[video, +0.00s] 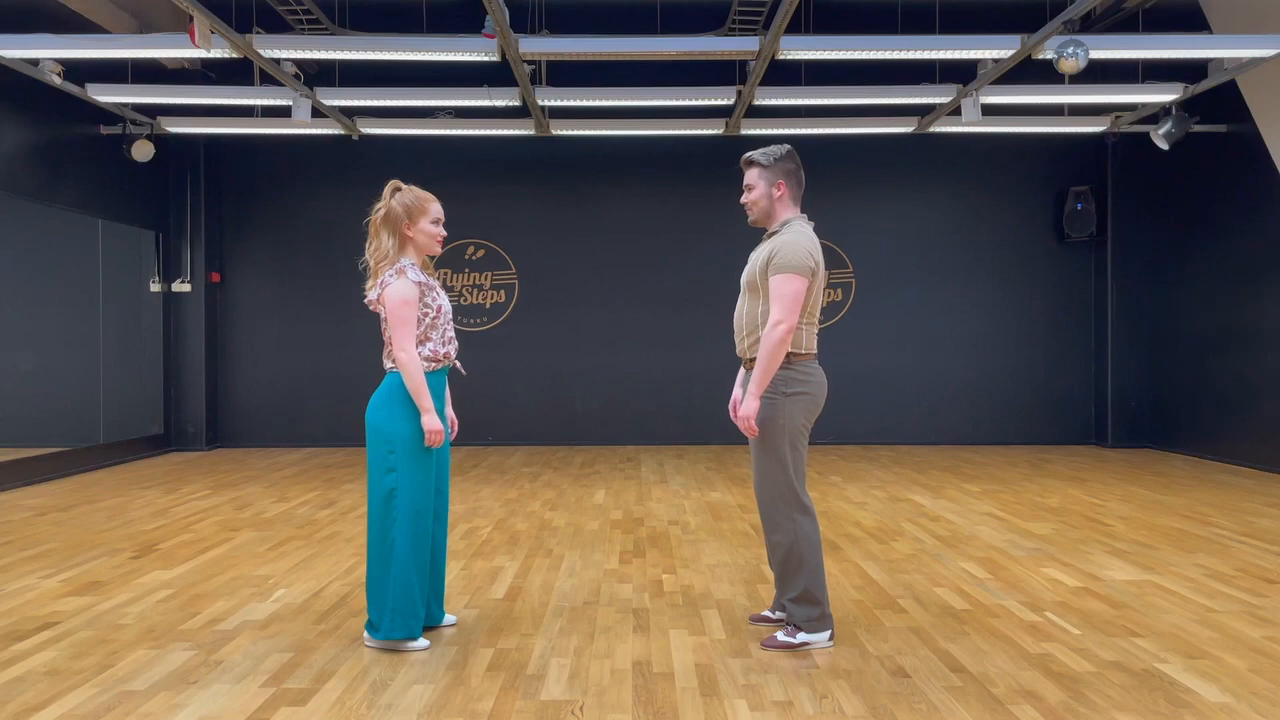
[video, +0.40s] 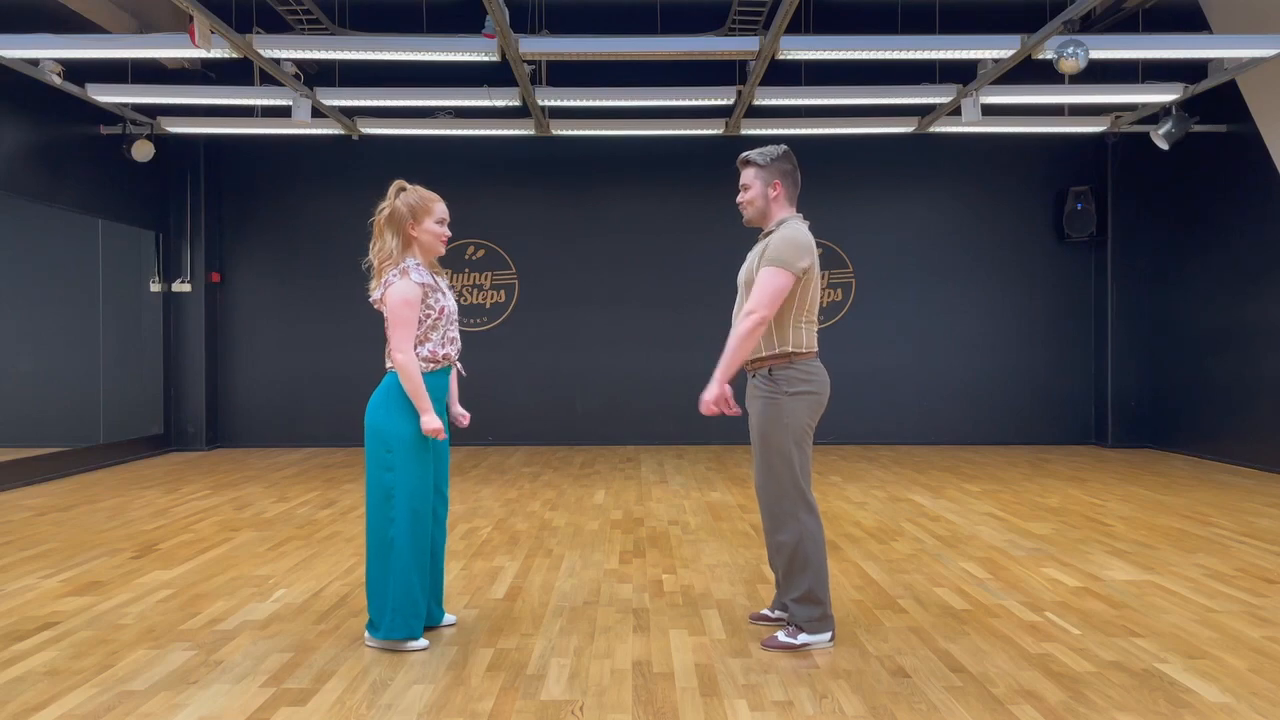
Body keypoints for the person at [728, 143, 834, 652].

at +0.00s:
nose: (743, 198)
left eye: (750, 188)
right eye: (743, 189)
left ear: (781, 189)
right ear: (777, 192)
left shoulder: (794, 244)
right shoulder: (777, 243)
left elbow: (783, 326)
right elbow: (763, 326)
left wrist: (755, 394)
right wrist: (741, 383)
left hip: (787, 383)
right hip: (773, 381)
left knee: (786, 502)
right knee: (777, 499)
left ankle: (811, 621)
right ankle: (793, 603)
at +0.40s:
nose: (739, 197)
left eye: (747, 188)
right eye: (740, 188)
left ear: (776, 188)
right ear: (771, 190)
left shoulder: (789, 239)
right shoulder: (770, 242)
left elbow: (757, 317)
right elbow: (747, 318)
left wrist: (720, 377)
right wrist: (722, 378)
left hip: (787, 383)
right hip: (772, 382)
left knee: (788, 499)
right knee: (779, 497)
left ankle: (812, 621)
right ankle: (794, 602)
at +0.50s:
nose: (732, 200)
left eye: (740, 190)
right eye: (733, 190)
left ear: (770, 191)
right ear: (765, 193)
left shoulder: (780, 238)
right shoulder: (768, 242)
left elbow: (723, 299)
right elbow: (726, 308)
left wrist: (670, 335)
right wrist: (684, 353)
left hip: (789, 383)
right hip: (771, 383)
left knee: (788, 500)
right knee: (775, 495)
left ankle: (814, 621)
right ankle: (792, 599)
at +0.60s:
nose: (722, 202)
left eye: (729, 192)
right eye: (722, 193)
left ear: (760, 193)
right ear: (756, 196)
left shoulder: (763, 243)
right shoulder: (758, 243)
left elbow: (689, 283)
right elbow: (696, 293)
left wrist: (664, 268)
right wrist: (647, 303)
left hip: (785, 383)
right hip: (772, 382)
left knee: (786, 495)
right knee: (765, 489)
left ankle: (815, 620)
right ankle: (780, 598)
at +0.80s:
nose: (699, 217)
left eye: (706, 208)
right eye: (697, 208)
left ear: (738, 210)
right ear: (735, 213)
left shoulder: (727, 261)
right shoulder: (752, 253)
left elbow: (669, 271)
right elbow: (668, 269)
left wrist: (694, 227)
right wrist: (653, 226)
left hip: (752, 390)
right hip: (786, 384)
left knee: (763, 503)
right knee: (753, 496)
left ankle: (814, 621)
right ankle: (744, 601)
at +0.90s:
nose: (683, 229)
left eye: (691, 220)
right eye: (681, 220)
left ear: (721, 222)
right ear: (719, 224)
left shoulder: (698, 271)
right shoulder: (743, 261)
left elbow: (661, 306)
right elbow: (677, 295)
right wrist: (649, 254)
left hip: (729, 398)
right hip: (772, 390)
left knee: (699, 504)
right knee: (756, 499)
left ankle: (768, 580)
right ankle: (749, 600)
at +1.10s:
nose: (720, 252)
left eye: (718, 245)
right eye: (719, 245)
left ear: (674, 240)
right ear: (713, 245)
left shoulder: (644, 284)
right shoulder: (729, 297)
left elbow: (595, 338)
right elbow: (739, 370)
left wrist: (570, 355)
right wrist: (742, 409)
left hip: (657, 409)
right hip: (713, 408)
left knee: (603, 480)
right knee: (730, 502)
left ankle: (588, 576)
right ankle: (746, 596)